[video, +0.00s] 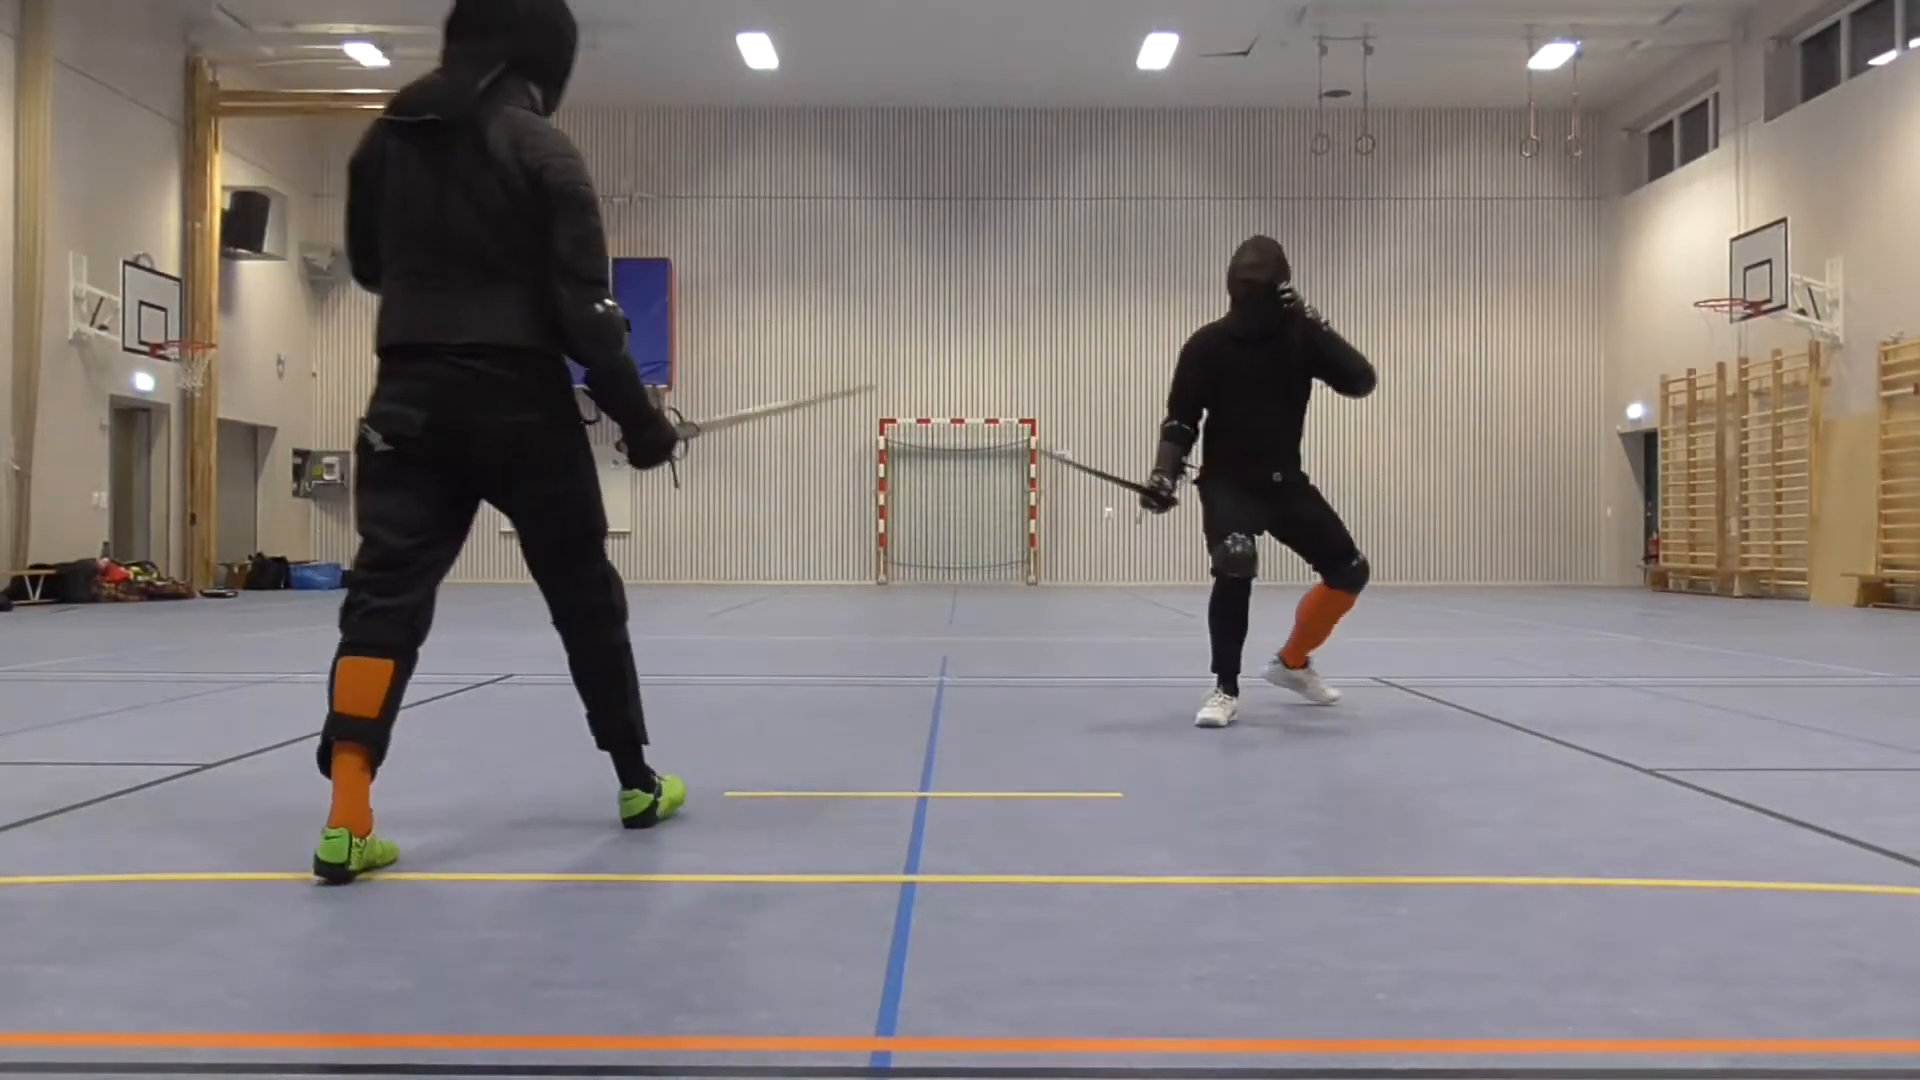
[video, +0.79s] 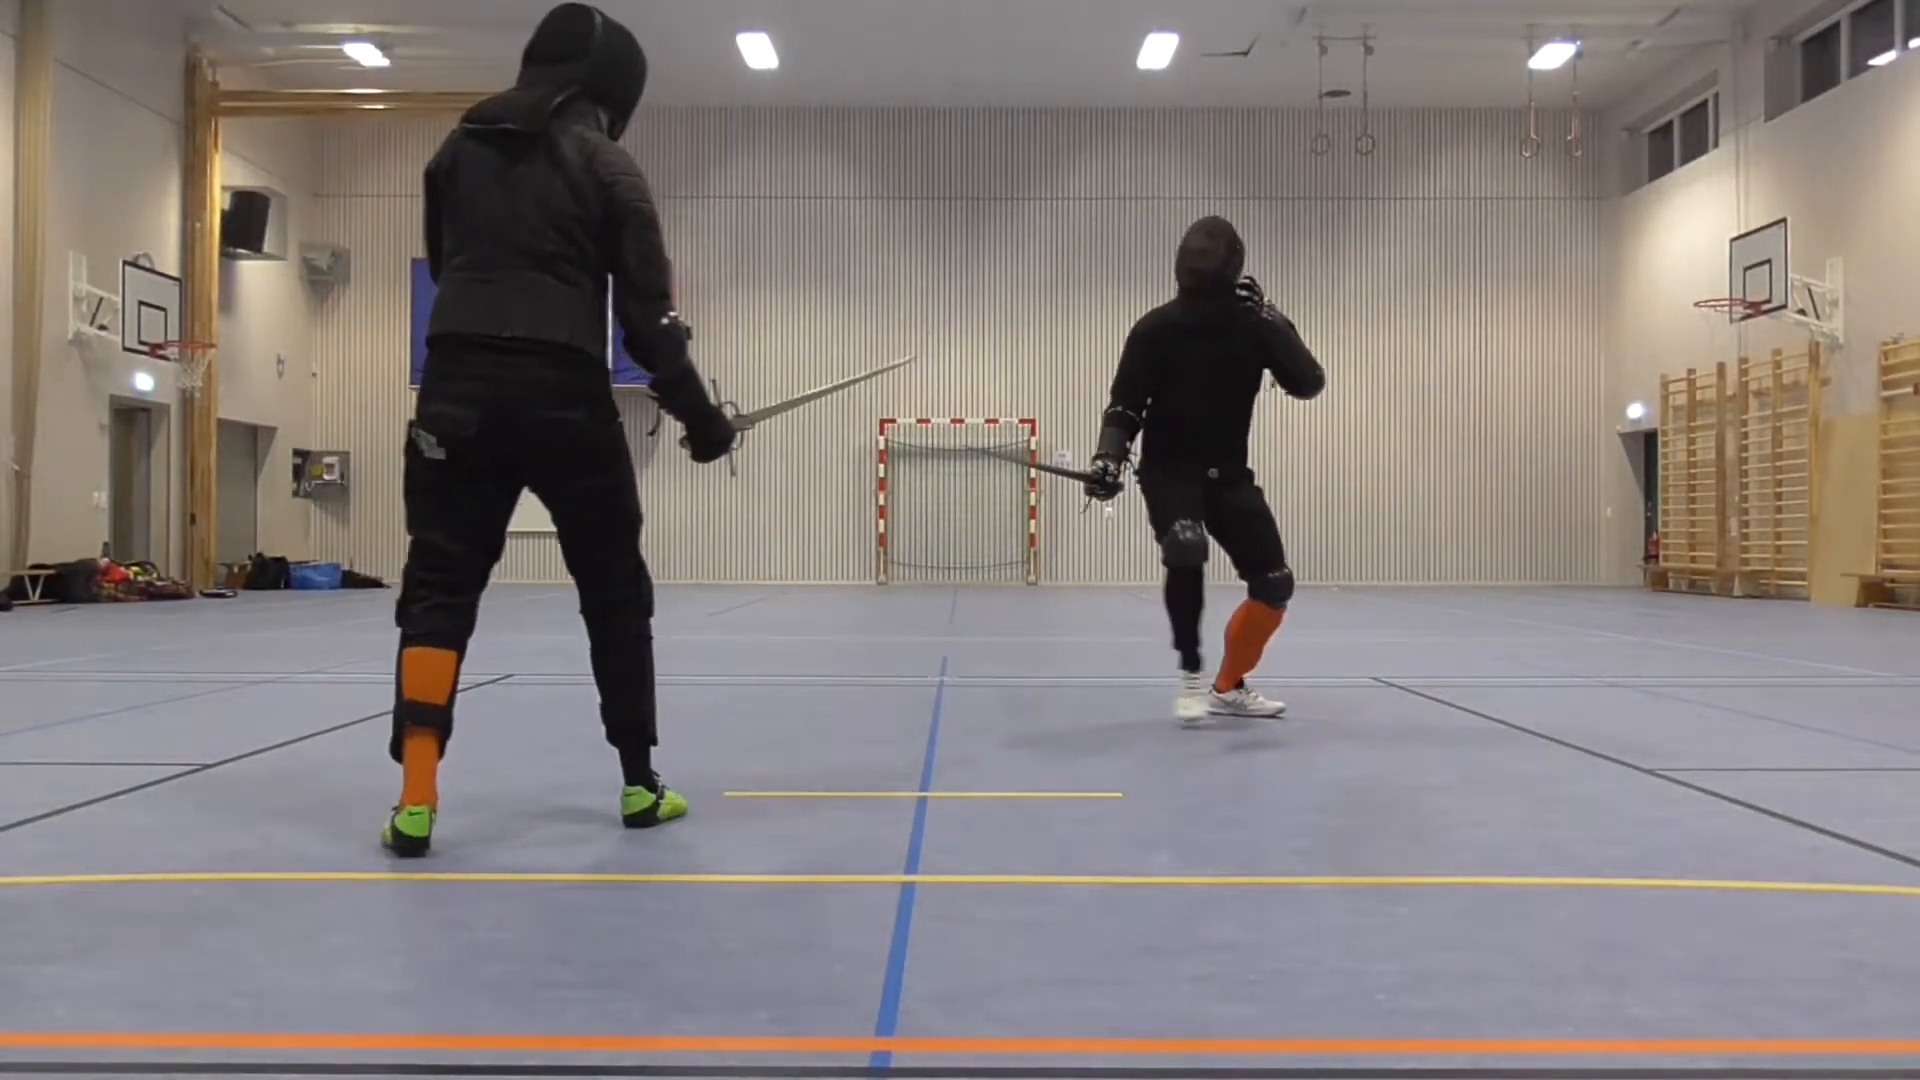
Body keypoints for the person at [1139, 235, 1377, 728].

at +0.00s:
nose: (1251, 293)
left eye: (1262, 283)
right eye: (1243, 283)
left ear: (1282, 285)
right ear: (1230, 286)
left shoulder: (1300, 337)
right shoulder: (1206, 347)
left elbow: (1362, 381)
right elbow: (1181, 420)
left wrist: (1312, 326)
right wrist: (1164, 473)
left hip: (1283, 479)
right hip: (1226, 482)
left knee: (1348, 573)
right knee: (1235, 565)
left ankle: (1292, 662)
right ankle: (1225, 691)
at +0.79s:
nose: (1194, 267)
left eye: (1206, 258)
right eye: (1189, 256)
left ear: (1231, 269)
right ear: (1179, 260)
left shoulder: (1255, 327)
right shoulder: (1155, 330)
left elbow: (1308, 384)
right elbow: (1125, 404)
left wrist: (1271, 321)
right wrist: (1109, 456)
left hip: (1227, 470)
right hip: (1167, 469)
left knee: (1274, 586)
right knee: (1186, 556)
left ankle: (1228, 687)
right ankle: (1191, 676)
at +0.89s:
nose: (1181, 273)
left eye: (1194, 263)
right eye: (1176, 261)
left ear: (1221, 268)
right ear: (1167, 259)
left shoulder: (1246, 327)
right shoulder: (1143, 331)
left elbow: (1299, 383)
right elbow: (1114, 406)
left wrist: (1258, 319)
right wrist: (1095, 458)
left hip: (1218, 474)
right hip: (1157, 471)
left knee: (1268, 588)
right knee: (1161, 543)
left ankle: (1227, 689)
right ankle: (1130, 677)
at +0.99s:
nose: (1164, 262)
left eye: (1176, 253)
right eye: (1161, 252)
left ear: (1204, 264)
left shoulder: (1227, 325)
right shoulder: (1126, 330)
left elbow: (1287, 380)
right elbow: (1092, 404)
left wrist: (1245, 320)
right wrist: (1072, 460)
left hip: (1206, 482)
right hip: (1142, 480)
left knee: (1254, 590)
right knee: (1123, 561)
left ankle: (1228, 690)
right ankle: (1075, 680)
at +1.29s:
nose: (1113, 291)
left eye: (1127, 282)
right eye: (1108, 279)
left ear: (1154, 291)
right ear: (1098, 288)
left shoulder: (1178, 354)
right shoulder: (1072, 356)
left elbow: (1250, 413)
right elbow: (1024, 420)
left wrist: (1206, 353)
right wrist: (983, 467)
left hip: (1159, 509)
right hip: (1092, 506)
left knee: (1244, 614)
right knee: (1077, 576)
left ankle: (1184, 693)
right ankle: (1027, 717)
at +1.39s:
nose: (1106, 292)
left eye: (1119, 282)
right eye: (1100, 281)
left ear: (1153, 286)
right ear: (1092, 284)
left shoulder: (1179, 353)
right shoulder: (1072, 358)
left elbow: (1255, 405)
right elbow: (1028, 426)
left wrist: (1203, 351)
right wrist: (987, 471)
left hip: (1165, 508)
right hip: (1096, 507)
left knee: (1237, 621)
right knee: (1077, 577)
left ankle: (1184, 700)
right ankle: (1027, 716)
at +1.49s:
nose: (1121, 288)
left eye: (1129, 276)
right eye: (1116, 276)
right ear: (1150, 279)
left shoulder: (1181, 338)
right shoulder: (1072, 348)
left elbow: (1254, 393)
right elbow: (1035, 426)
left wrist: (1200, 336)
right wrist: (1001, 477)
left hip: (1167, 499)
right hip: (1096, 500)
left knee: (1231, 610)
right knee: (1074, 571)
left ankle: (1186, 699)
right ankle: (1024, 711)